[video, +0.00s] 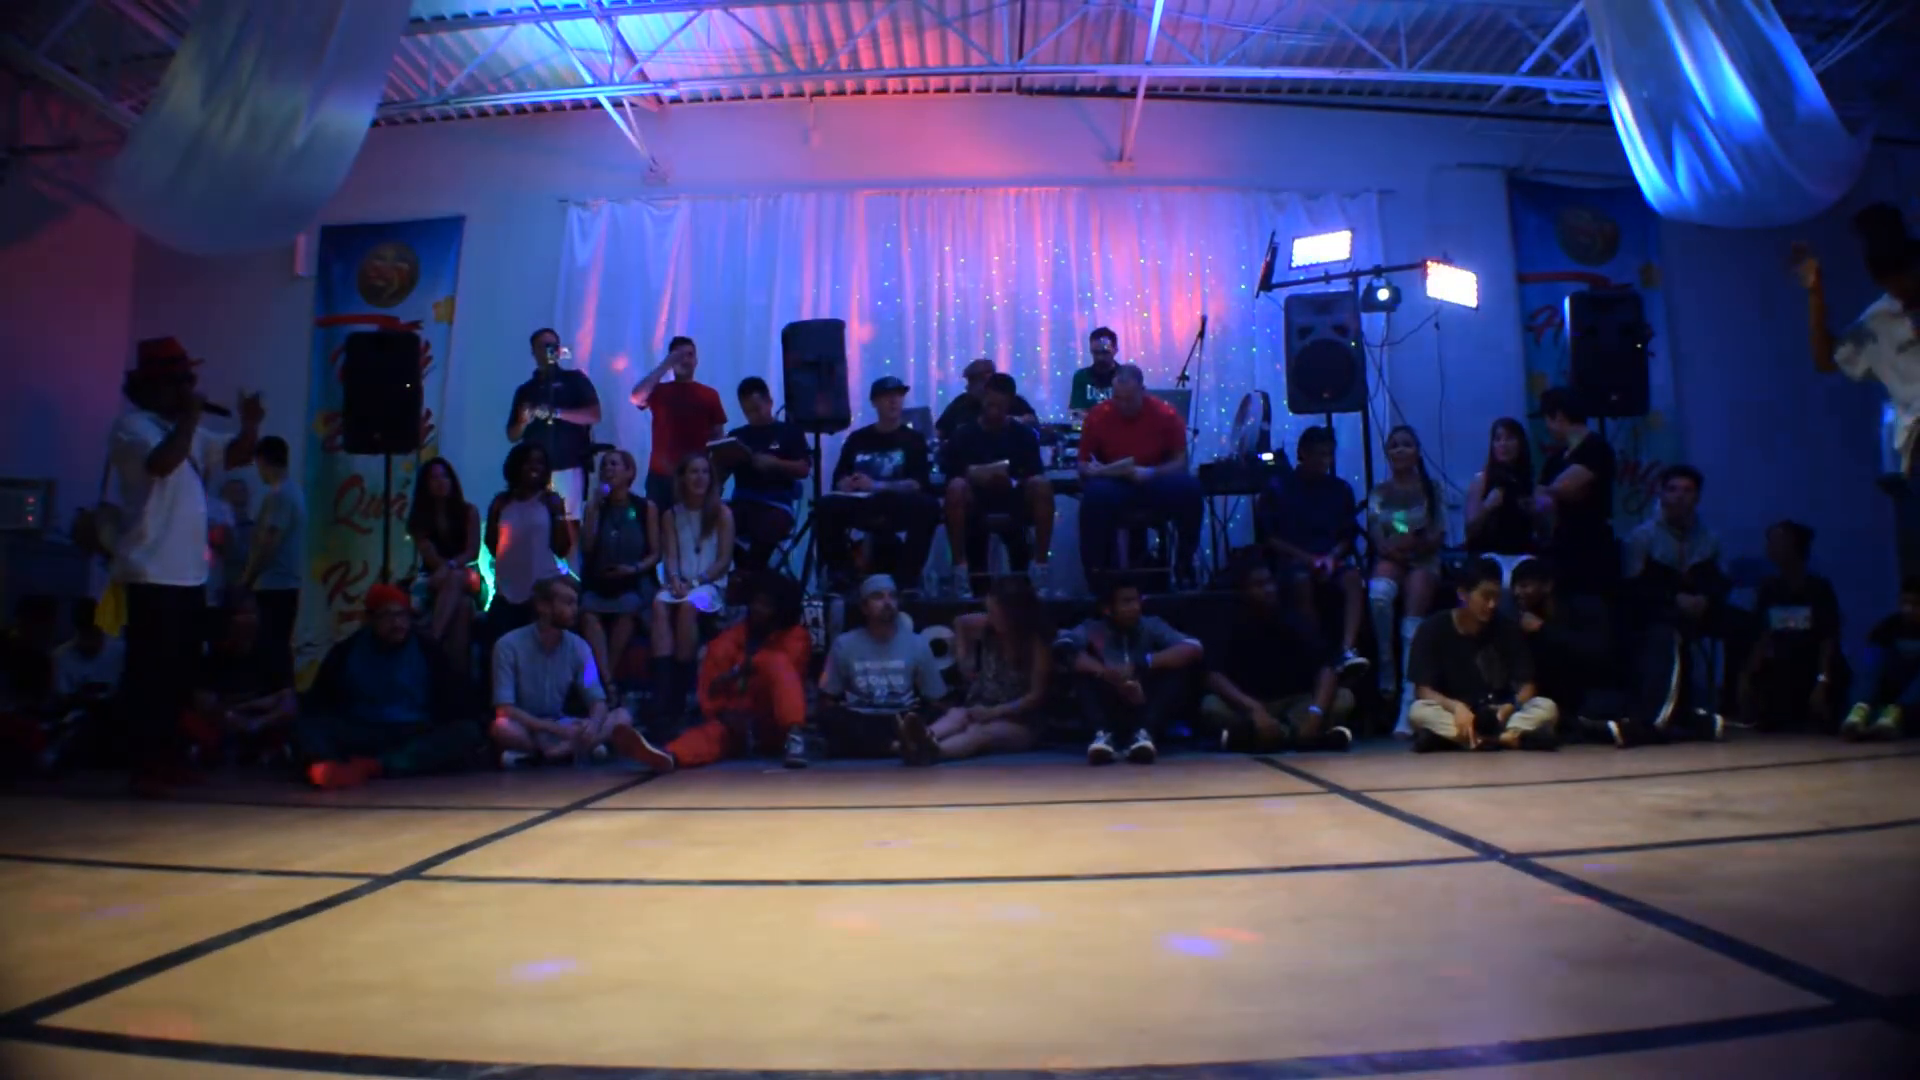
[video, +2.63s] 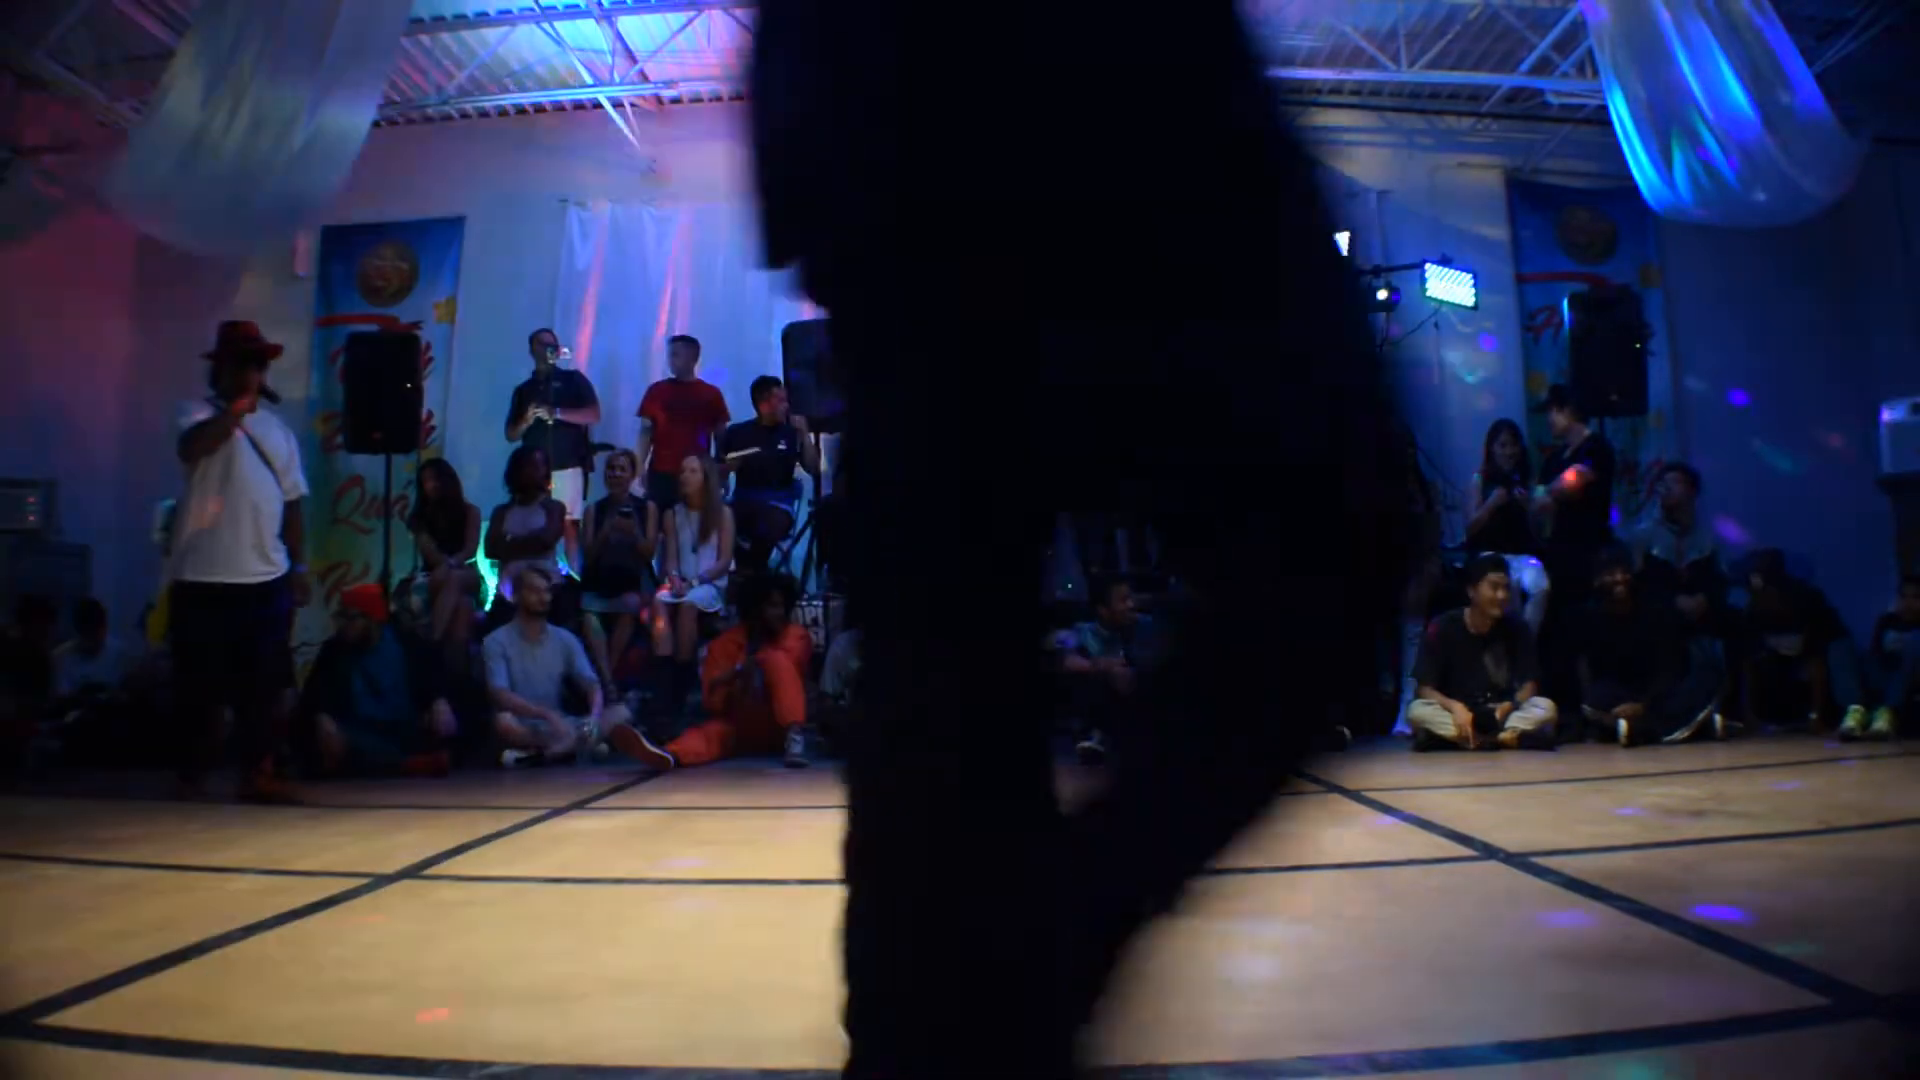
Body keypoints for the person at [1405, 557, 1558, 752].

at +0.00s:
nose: (1492, 605)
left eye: (1495, 597)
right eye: (1485, 596)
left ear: (1500, 596)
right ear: (1463, 594)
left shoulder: (1505, 627)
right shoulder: (1434, 628)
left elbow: (1528, 686)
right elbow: (1423, 690)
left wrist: (1511, 706)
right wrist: (1457, 707)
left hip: (1499, 707)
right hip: (1456, 710)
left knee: (1547, 707)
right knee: (1419, 712)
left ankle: (1470, 743)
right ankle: (1508, 740)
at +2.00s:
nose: (1507, 600)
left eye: (1506, 594)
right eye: (1501, 593)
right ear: (1476, 597)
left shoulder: (1512, 629)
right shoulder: (1437, 629)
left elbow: (1528, 685)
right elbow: (1423, 689)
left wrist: (1512, 706)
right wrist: (1456, 707)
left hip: (1500, 706)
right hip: (1456, 709)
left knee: (1546, 708)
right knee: (1418, 711)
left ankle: (1469, 742)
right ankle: (1504, 740)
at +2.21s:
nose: (1506, 600)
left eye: (1506, 593)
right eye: (1501, 592)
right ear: (1477, 597)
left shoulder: (1511, 629)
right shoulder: (1437, 629)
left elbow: (1528, 684)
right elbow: (1423, 689)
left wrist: (1511, 707)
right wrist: (1456, 708)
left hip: (1500, 706)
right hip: (1456, 709)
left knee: (1546, 708)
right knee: (1418, 711)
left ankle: (1463, 743)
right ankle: (1505, 740)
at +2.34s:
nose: (1507, 600)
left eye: (1508, 593)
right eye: (1501, 593)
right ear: (1475, 595)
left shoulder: (1514, 629)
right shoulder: (1440, 629)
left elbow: (1528, 684)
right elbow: (1423, 689)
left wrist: (1511, 706)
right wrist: (1456, 708)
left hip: (1500, 706)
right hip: (1456, 708)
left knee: (1546, 707)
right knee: (1418, 711)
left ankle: (1462, 743)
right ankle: (1505, 740)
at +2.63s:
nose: (1501, 596)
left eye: (1505, 588)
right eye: (1494, 587)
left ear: (1510, 592)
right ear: (1471, 591)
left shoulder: (1516, 629)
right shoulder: (1444, 628)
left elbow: (1529, 684)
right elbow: (1424, 689)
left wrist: (1508, 706)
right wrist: (1456, 708)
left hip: (1501, 706)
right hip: (1457, 706)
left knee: (1545, 707)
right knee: (1417, 711)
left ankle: (1461, 743)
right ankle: (1501, 740)